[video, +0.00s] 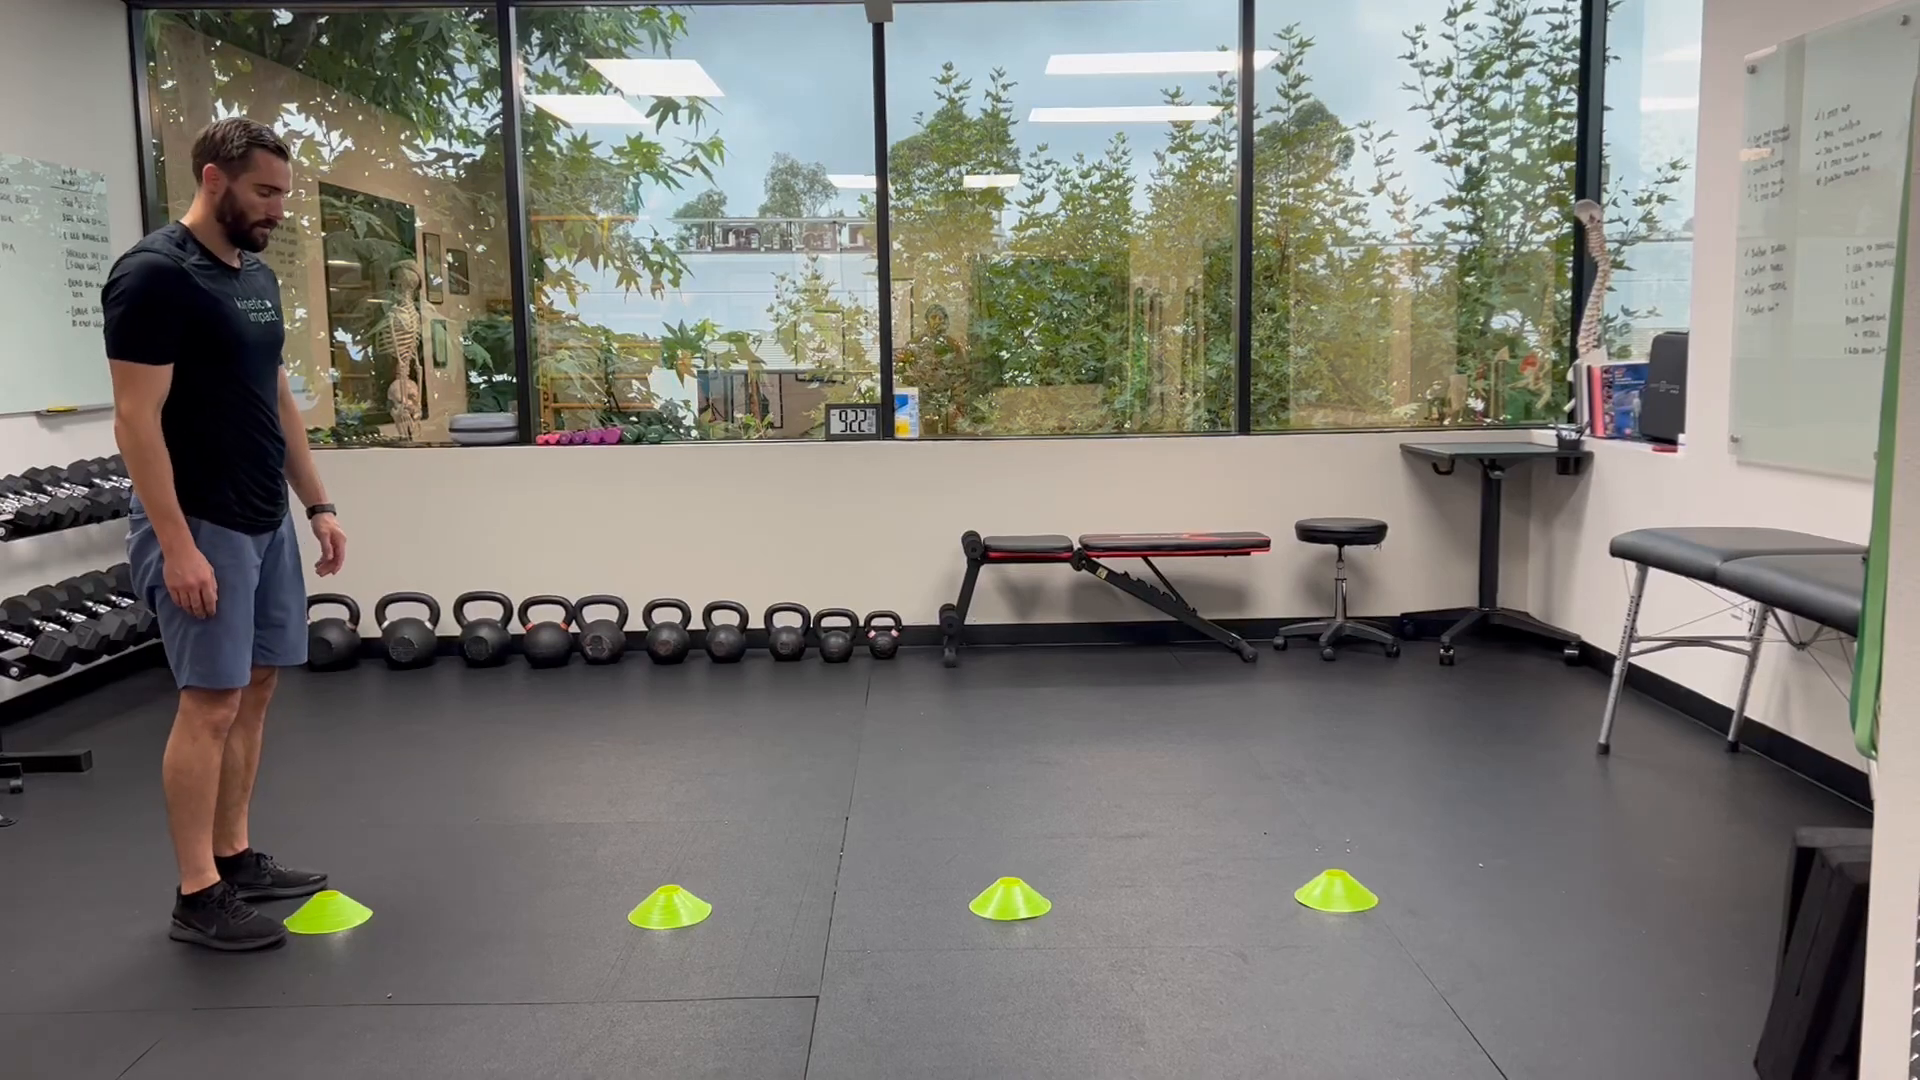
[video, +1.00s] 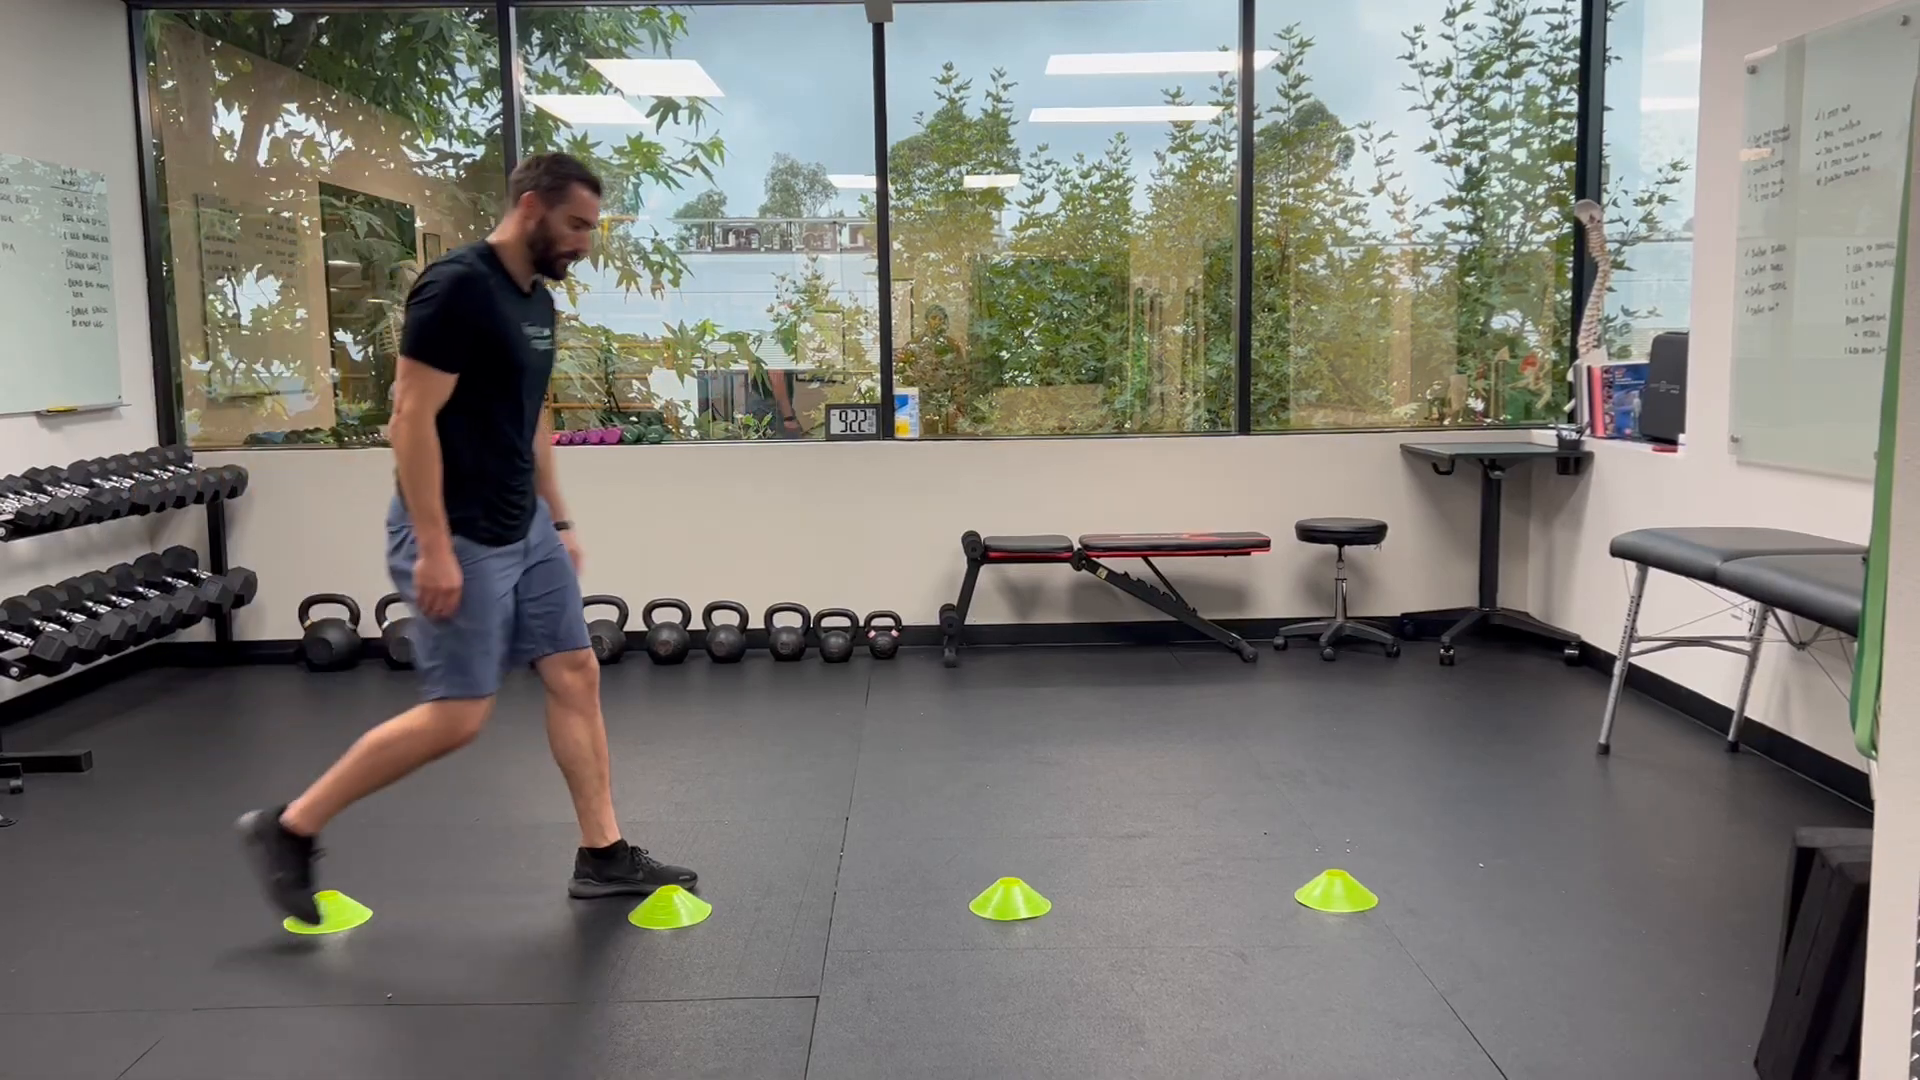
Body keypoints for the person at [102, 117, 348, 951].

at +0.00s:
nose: (277, 209)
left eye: (283, 195)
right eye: (265, 192)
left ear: (275, 193)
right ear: (214, 179)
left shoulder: (256, 275)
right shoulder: (151, 276)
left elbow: (275, 396)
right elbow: (136, 422)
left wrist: (317, 502)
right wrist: (175, 546)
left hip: (268, 522)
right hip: (201, 529)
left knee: (255, 690)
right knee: (208, 703)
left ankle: (232, 860)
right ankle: (196, 894)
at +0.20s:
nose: (289, 211)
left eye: (295, 197)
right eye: (278, 194)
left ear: (283, 195)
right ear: (226, 181)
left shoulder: (264, 276)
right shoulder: (161, 279)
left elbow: (277, 400)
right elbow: (139, 425)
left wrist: (315, 507)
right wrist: (172, 552)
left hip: (281, 524)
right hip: (213, 530)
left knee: (299, 681)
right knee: (218, 705)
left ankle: (237, 849)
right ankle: (197, 894)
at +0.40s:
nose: (318, 216)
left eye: (325, 200)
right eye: (307, 198)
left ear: (304, 196)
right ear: (255, 184)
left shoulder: (281, 275)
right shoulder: (191, 284)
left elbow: (272, 398)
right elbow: (166, 431)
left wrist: (313, 473)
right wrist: (193, 562)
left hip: (308, 513)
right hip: (234, 534)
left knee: (386, 653)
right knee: (220, 712)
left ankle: (365, 828)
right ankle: (199, 894)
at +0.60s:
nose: (378, 231)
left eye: (383, 215)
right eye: (368, 213)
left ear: (340, 204)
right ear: (318, 197)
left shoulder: (329, 280)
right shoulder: (248, 295)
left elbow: (317, 414)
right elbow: (225, 439)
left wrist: (350, 515)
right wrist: (259, 568)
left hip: (352, 520)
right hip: (276, 540)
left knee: (439, 652)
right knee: (241, 714)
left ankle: (541, 807)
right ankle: (199, 893)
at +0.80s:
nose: (472, 256)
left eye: (478, 242)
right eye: (464, 238)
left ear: (432, 229)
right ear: (415, 221)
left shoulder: (424, 307)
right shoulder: (345, 316)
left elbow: (411, 435)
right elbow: (313, 454)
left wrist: (437, 535)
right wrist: (350, 582)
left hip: (441, 550)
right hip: (357, 566)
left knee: (521, 684)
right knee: (294, 726)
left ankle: (594, 853)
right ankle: (206, 888)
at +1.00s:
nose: (585, 243)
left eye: (591, 229)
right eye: (578, 225)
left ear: (557, 218)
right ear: (530, 206)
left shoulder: (537, 299)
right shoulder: (456, 287)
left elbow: (531, 420)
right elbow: (410, 418)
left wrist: (557, 519)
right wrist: (434, 547)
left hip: (526, 534)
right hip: (457, 543)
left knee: (574, 672)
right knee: (457, 714)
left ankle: (603, 851)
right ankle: (289, 829)